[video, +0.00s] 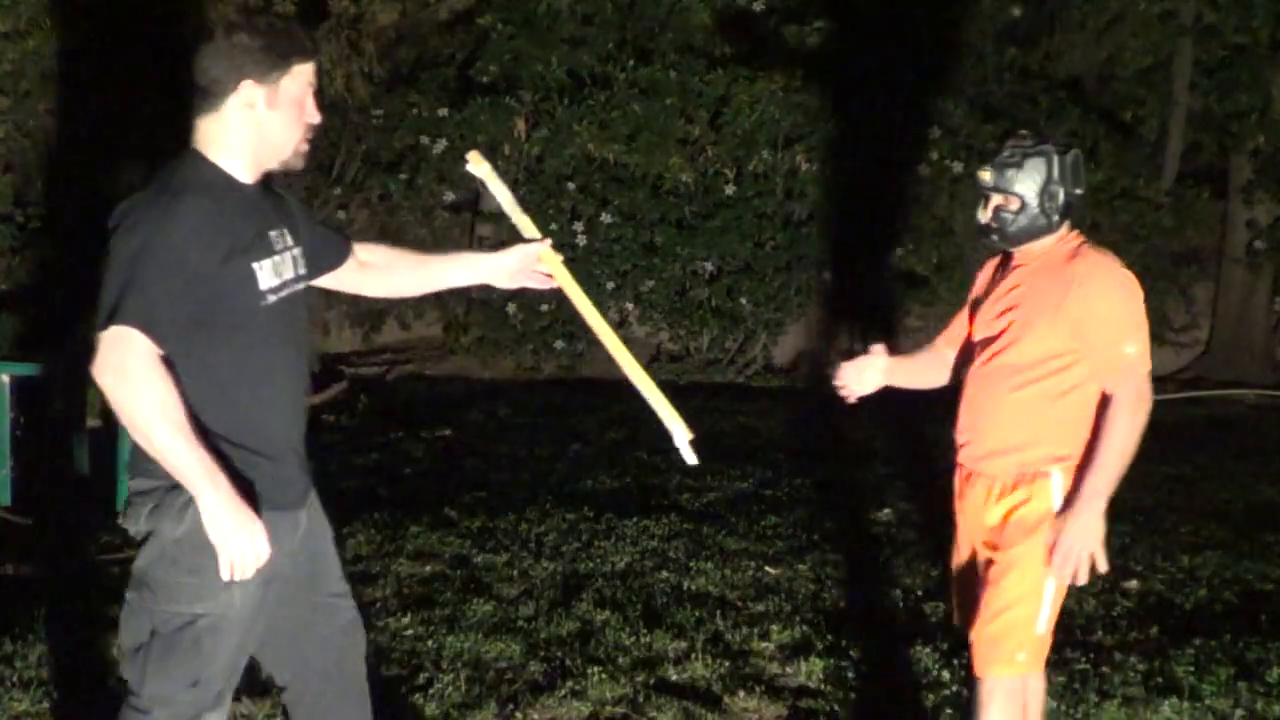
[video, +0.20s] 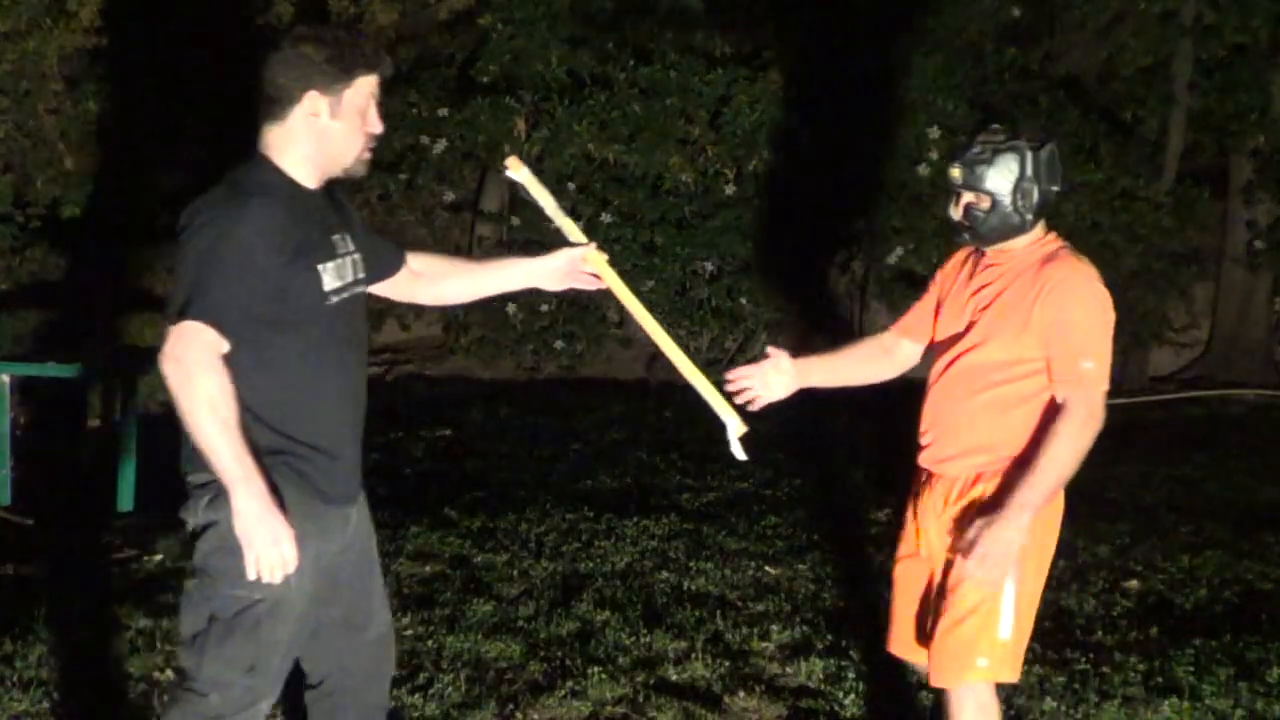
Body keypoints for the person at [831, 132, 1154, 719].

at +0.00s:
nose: (994, 210)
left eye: (1012, 197)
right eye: (992, 194)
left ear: (1052, 201)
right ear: (990, 192)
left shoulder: (1103, 280)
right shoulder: (995, 274)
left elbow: (1133, 399)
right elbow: (946, 360)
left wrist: (1090, 507)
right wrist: (887, 370)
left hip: (1042, 497)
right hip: (974, 491)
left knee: (1000, 666)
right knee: (1007, 662)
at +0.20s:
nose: (961, 210)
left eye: (977, 197)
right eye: (958, 194)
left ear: (1020, 202)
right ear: (957, 193)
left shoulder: (1070, 284)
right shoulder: (964, 268)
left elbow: (1084, 414)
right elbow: (897, 349)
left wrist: (1011, 519)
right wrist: (797, 372)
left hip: (1004, 503)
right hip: (935, 494)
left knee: (966, 673)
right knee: (936, 661)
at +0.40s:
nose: (916, 200)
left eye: (932, 187)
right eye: (914, 184)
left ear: (978, 189)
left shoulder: (1038, 274)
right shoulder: (920, 259)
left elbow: (1042, 407)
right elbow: (846, 351)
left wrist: (928, 480)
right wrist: (741, 369)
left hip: (981, 489)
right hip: (897, 478)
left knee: (958, 673)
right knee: (860, 640)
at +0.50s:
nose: (898, 202)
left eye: (917, 189)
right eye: (895, 185)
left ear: (964, 190)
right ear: (892, 184)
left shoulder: (1016, 273)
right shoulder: (895, 259)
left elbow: (1009, 412)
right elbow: (841, 360)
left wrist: (877, 449)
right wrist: (759, 361)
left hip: (959, 493)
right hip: (876, 488)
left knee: (943, 682)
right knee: (848, 656)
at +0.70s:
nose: (850, 211)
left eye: (868, 198)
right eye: (847, 194)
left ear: (916, 198)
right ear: (843, 191)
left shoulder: (969, 275)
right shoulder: (860, 272)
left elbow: (942, 409)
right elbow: (830, 382)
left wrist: (817, 439)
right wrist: (772, 395)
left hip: (915, 506)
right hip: (841, 495)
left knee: (857, 693)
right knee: (823, 686)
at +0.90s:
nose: (805, 214)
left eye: (815, 198)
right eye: (801, 199)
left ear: (858, 192)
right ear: (858, 193)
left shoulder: (912, 269)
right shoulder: (866, 272)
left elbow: (875, 412)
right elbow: (824, 393)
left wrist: (759, 439)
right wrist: (753, 394)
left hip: (870, 509)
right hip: (833, 504)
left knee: (803, 697)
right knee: (818, 697)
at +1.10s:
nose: (764, 209)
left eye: (769, 193)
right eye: (760, 194)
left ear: (805, 187)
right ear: (837, 177)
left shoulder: (847, 272)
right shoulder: (894, 264)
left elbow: (784, 420)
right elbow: (820, 390)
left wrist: (689, 445)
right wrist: (713, 372)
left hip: (841, 511)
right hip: (878, 508)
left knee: (781, 701)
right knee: (837, 703)